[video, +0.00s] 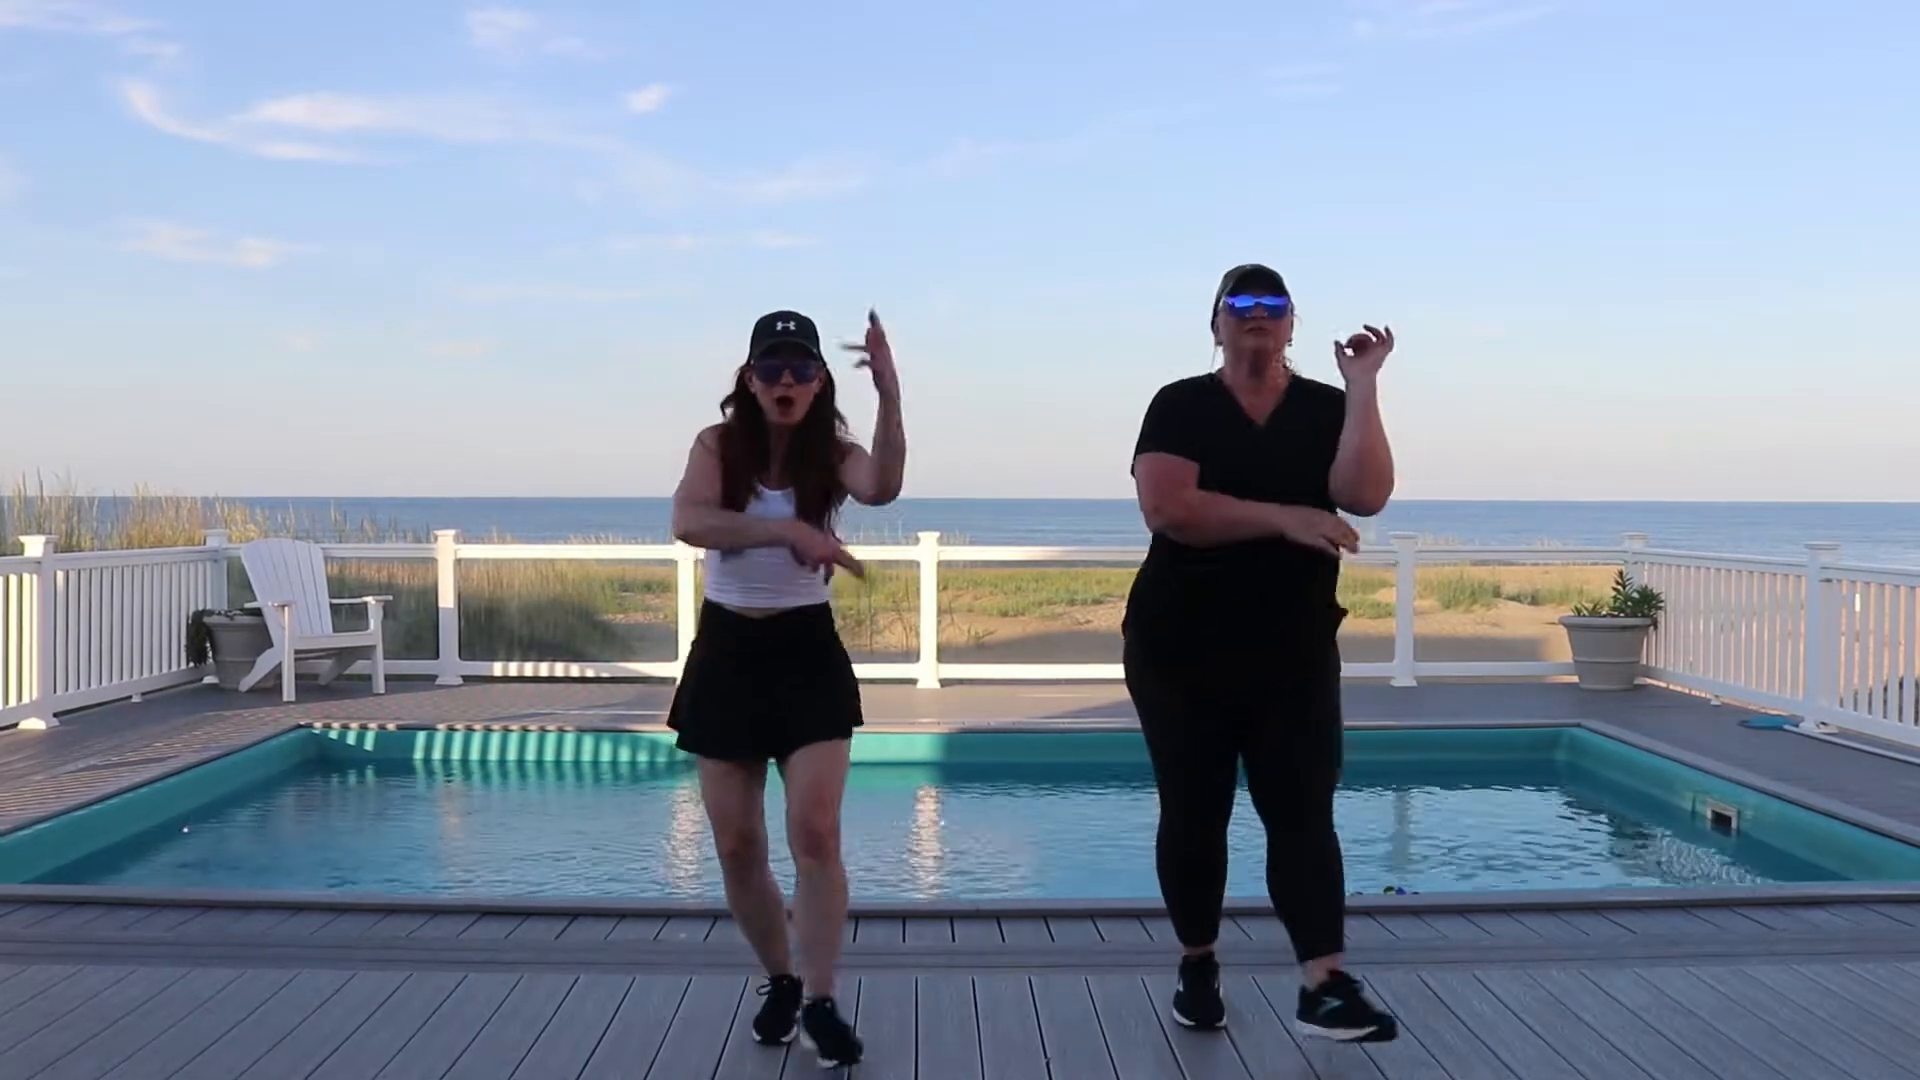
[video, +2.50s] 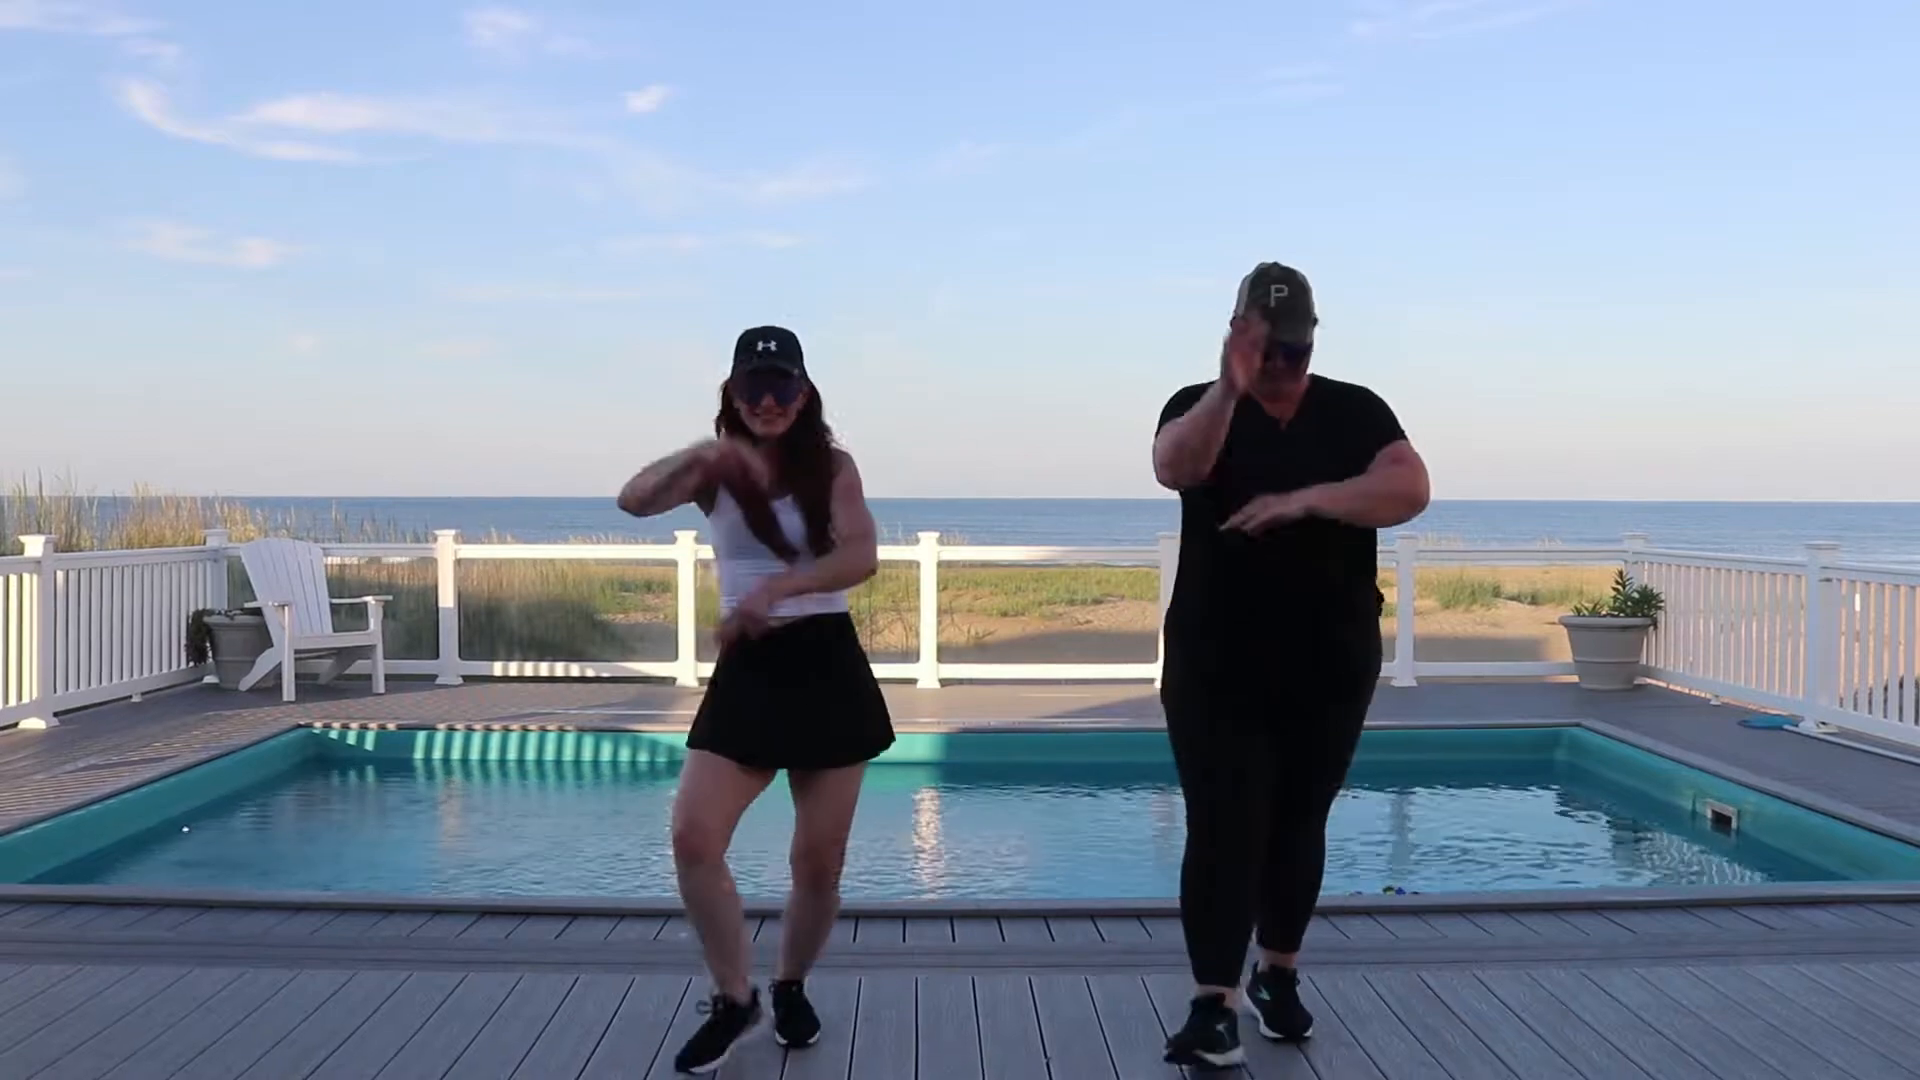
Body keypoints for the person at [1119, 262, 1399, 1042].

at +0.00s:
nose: (1260, 316)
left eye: (1273, 306)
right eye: (1244, 306)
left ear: (1291, 324)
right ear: (1218, 323)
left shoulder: (1327, 412)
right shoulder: (1181, 405)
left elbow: (1368, 494)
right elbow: (1167, 508)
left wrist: (1362, 387)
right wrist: (1284, 518)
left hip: (1293, 645)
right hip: (1184, 646)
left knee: (1303, 808)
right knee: (1193, 808)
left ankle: (1324, 978)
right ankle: (1198, 962)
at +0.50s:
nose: (1282, 312)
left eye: (1296, 303)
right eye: (1267, 302)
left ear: (1312, 318)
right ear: (1239, 317)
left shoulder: (1349, 401)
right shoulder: (1203, 392)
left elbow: (1385, 493)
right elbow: (1167, 491)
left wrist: (1372, 381)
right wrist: (1288, 511)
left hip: (1323, 640)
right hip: (1211, 641)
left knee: (1324, 804)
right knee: (1217, 803)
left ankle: (1307, 963)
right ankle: (1218, 946)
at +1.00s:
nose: (1282, 326)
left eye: (1294, 314)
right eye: (1265, 315)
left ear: (1311, 325)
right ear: (1236, 327)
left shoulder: (1350, 401)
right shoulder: (1201, 409)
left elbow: (1404, 481)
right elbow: (1219, 481)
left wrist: (1304, 493)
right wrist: (1227, 365)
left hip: (1321, 653)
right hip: (1209, 656)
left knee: (1353, 792)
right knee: (1225, 817)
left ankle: (1286, 937)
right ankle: (1225, 985)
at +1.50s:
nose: (1270, 325)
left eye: (1284, 314)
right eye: (1254, 314)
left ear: (1302, 328)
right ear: (1225, 326)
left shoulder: (1342, 413)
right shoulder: (1184, 408)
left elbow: (1401, 502)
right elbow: (1182, 499)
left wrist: (1309, 473)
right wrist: (1246, 410)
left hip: (1311, 652)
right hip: (1198, 652)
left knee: (1315, 813)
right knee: (1207, 821)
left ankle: (1275, 957)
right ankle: (1206, 970)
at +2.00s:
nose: (1276, 324)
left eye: (1289, 314)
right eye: (1260, 313)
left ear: (1306, 330)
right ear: (1232, 328)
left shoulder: (1343, 416)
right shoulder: (1192, 411)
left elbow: (1381, 485)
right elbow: (1170, 500)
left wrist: (1371, 369)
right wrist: (1295, 497)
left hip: (1325, 664)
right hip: (1210, 663)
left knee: (1308, 831)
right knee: (1201, 837)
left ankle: (1300, 995)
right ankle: (1219, 955)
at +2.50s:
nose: (1286, 364)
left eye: (1298, 350)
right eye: (1271, 349)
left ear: (1313, 340)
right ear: (1238, 339)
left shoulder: (1353, 409)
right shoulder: (1195, 408)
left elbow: (1409, 489)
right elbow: (1179, 470)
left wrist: (1307, 498)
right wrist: (1230, 384)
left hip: (1327, 667)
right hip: (1216, 665)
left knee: (1301, 823)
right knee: (1222, 825)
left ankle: (1278, 974)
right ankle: (1214, 1000)